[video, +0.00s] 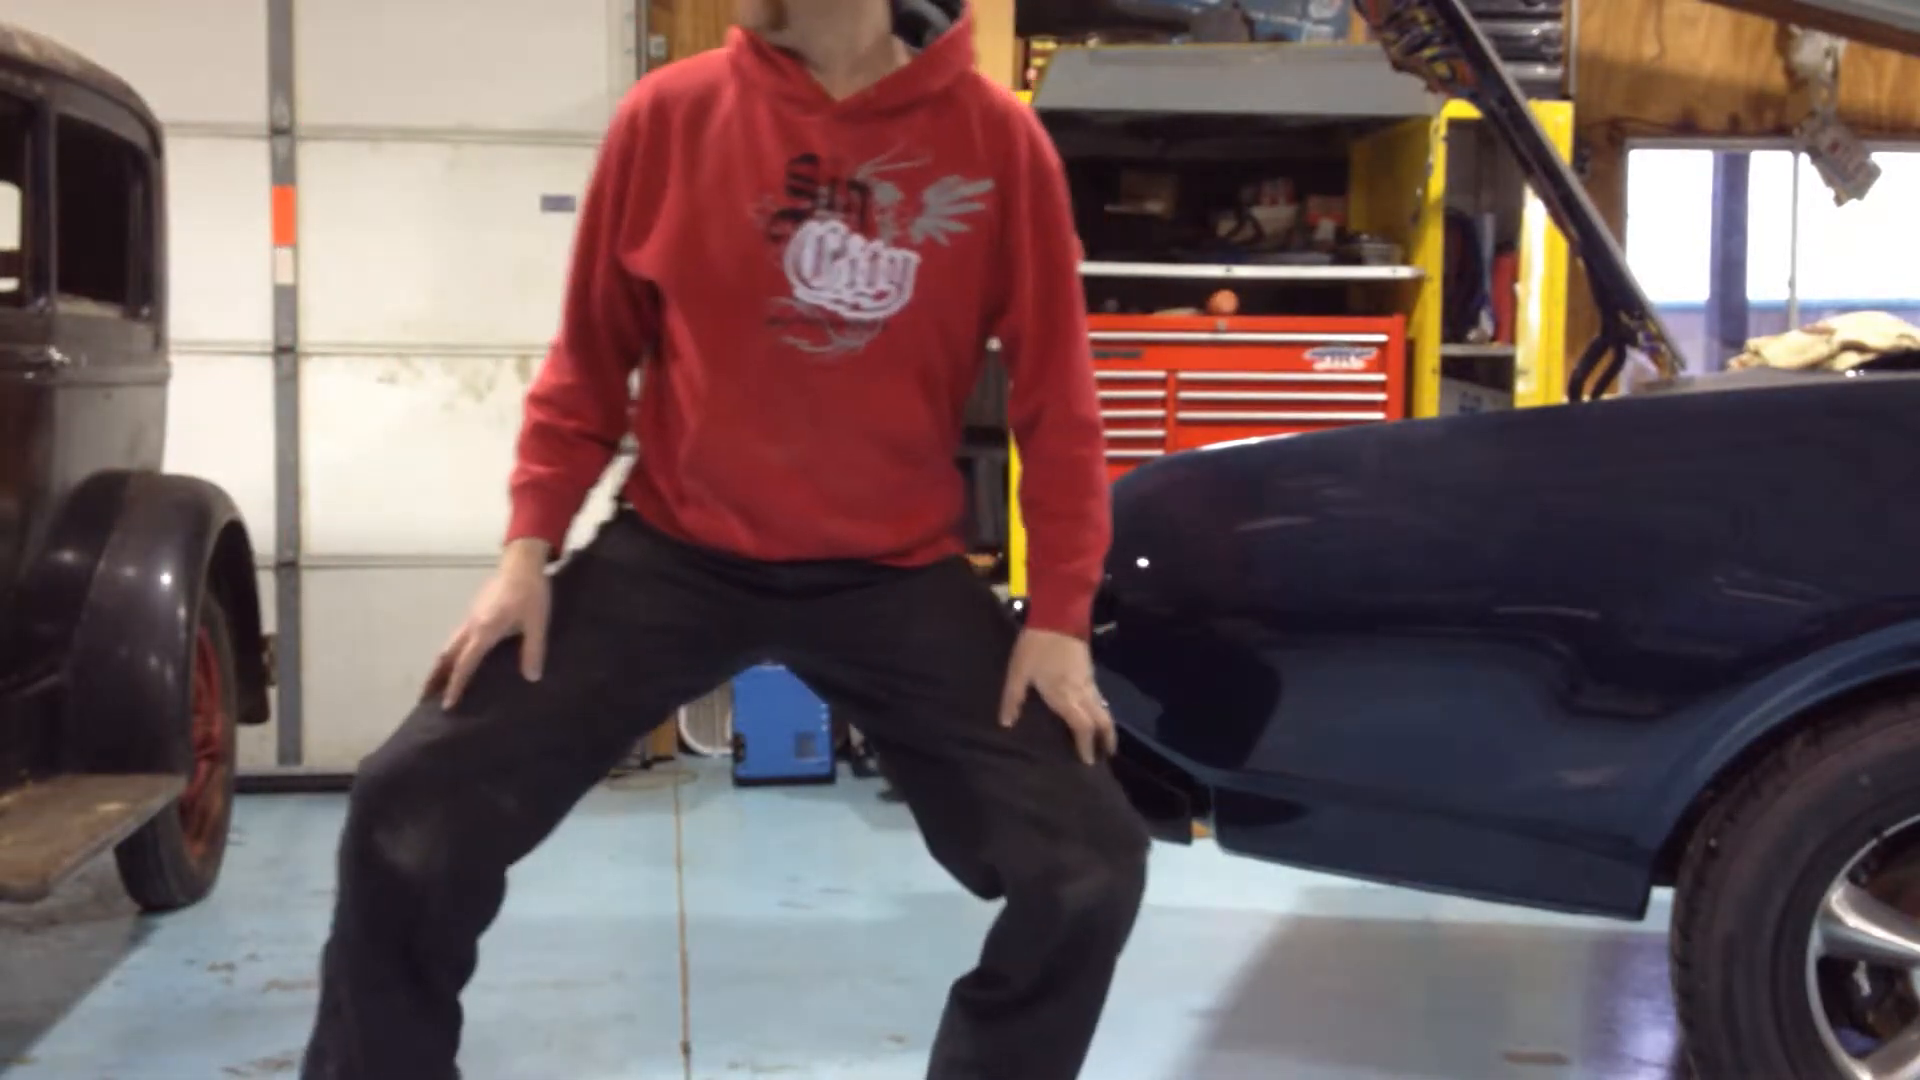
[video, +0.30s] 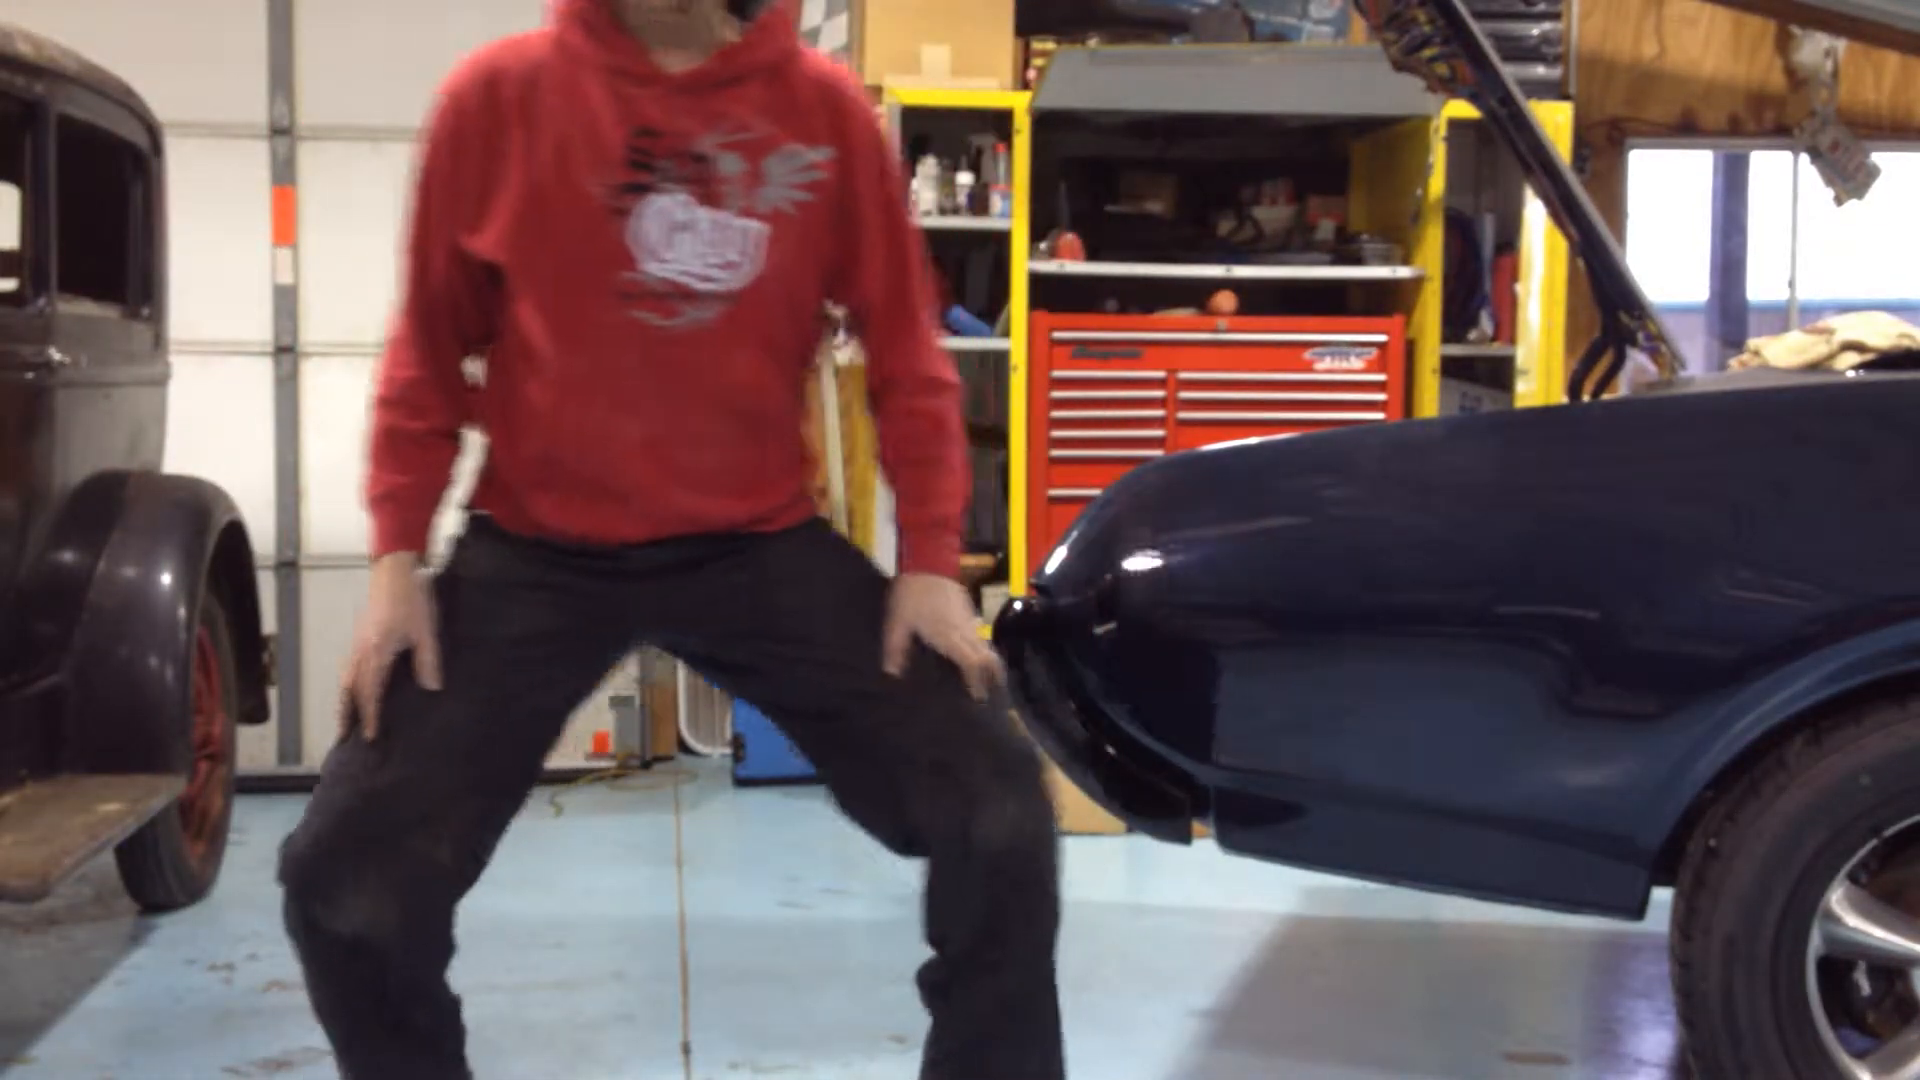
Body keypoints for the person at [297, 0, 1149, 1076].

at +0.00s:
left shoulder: (998, 137)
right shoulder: (666, 118)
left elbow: (1058, 395)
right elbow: (588, 358)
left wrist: (1059, 615)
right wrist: (526, 550)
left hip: (898, 577)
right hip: (675, 557)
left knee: (1088, 858)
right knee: (413, 809)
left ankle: (985, 1073)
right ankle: (371, 1069)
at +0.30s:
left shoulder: (827, 110)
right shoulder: (499, 100)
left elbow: (908, 352)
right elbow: (429, 342)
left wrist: (932, 560)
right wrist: (396, 556)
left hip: (758, 551)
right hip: (536, 556)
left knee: (995, 810)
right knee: (351, 883)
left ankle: (990, 1065)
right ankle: (419, 1070)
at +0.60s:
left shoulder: (687, 36)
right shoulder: (342, 25)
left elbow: (837, 193)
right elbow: (258, 259)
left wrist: (1008, 354)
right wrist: (215, 489)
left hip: (607, 484)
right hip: (404, 487)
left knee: (789, 762)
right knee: (380, 905)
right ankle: (351, 1029)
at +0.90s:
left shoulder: (631, 41)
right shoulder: (307, 28)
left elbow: (725, 263)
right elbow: (212, 260)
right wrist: (185, 489)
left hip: (596, 468)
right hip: (387, 491)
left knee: (821, 682)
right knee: (355, 908)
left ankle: (657, 953)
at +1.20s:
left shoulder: (727, 23)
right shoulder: (519, 15)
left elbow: (640, 228)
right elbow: (358, 191)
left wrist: (647, 430)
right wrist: (468, 417)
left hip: (626, 486)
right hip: (456, 485)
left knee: (783, 785)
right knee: (422, 866)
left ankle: (706, 1065)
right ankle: (402, 1062)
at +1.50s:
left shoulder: (806, 24)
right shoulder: (666, 5)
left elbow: (791, 203)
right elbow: (534, 193)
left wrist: (832, 271)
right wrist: (670, 216)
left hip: (702, 432)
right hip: (629, 421)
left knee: (786, 807)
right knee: (655, 821)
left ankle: (700, 1066)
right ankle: (616, 1063)